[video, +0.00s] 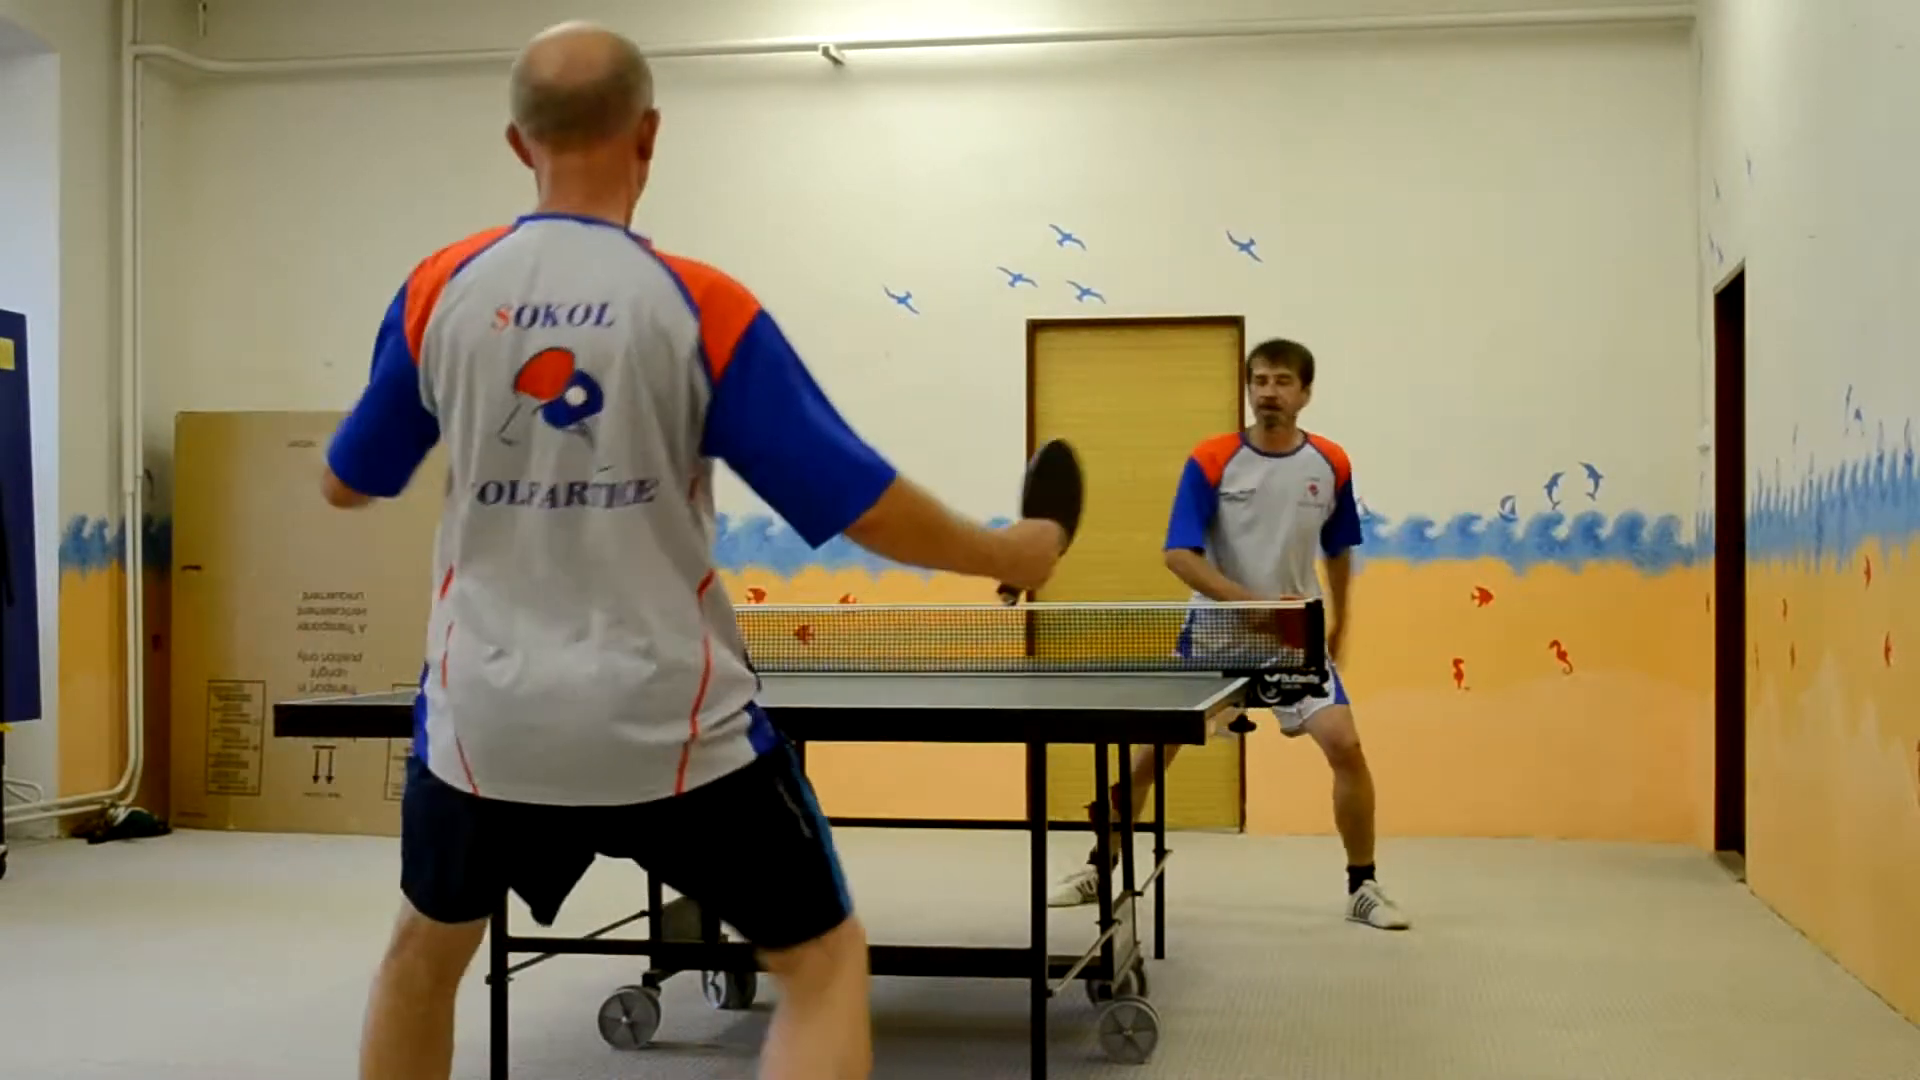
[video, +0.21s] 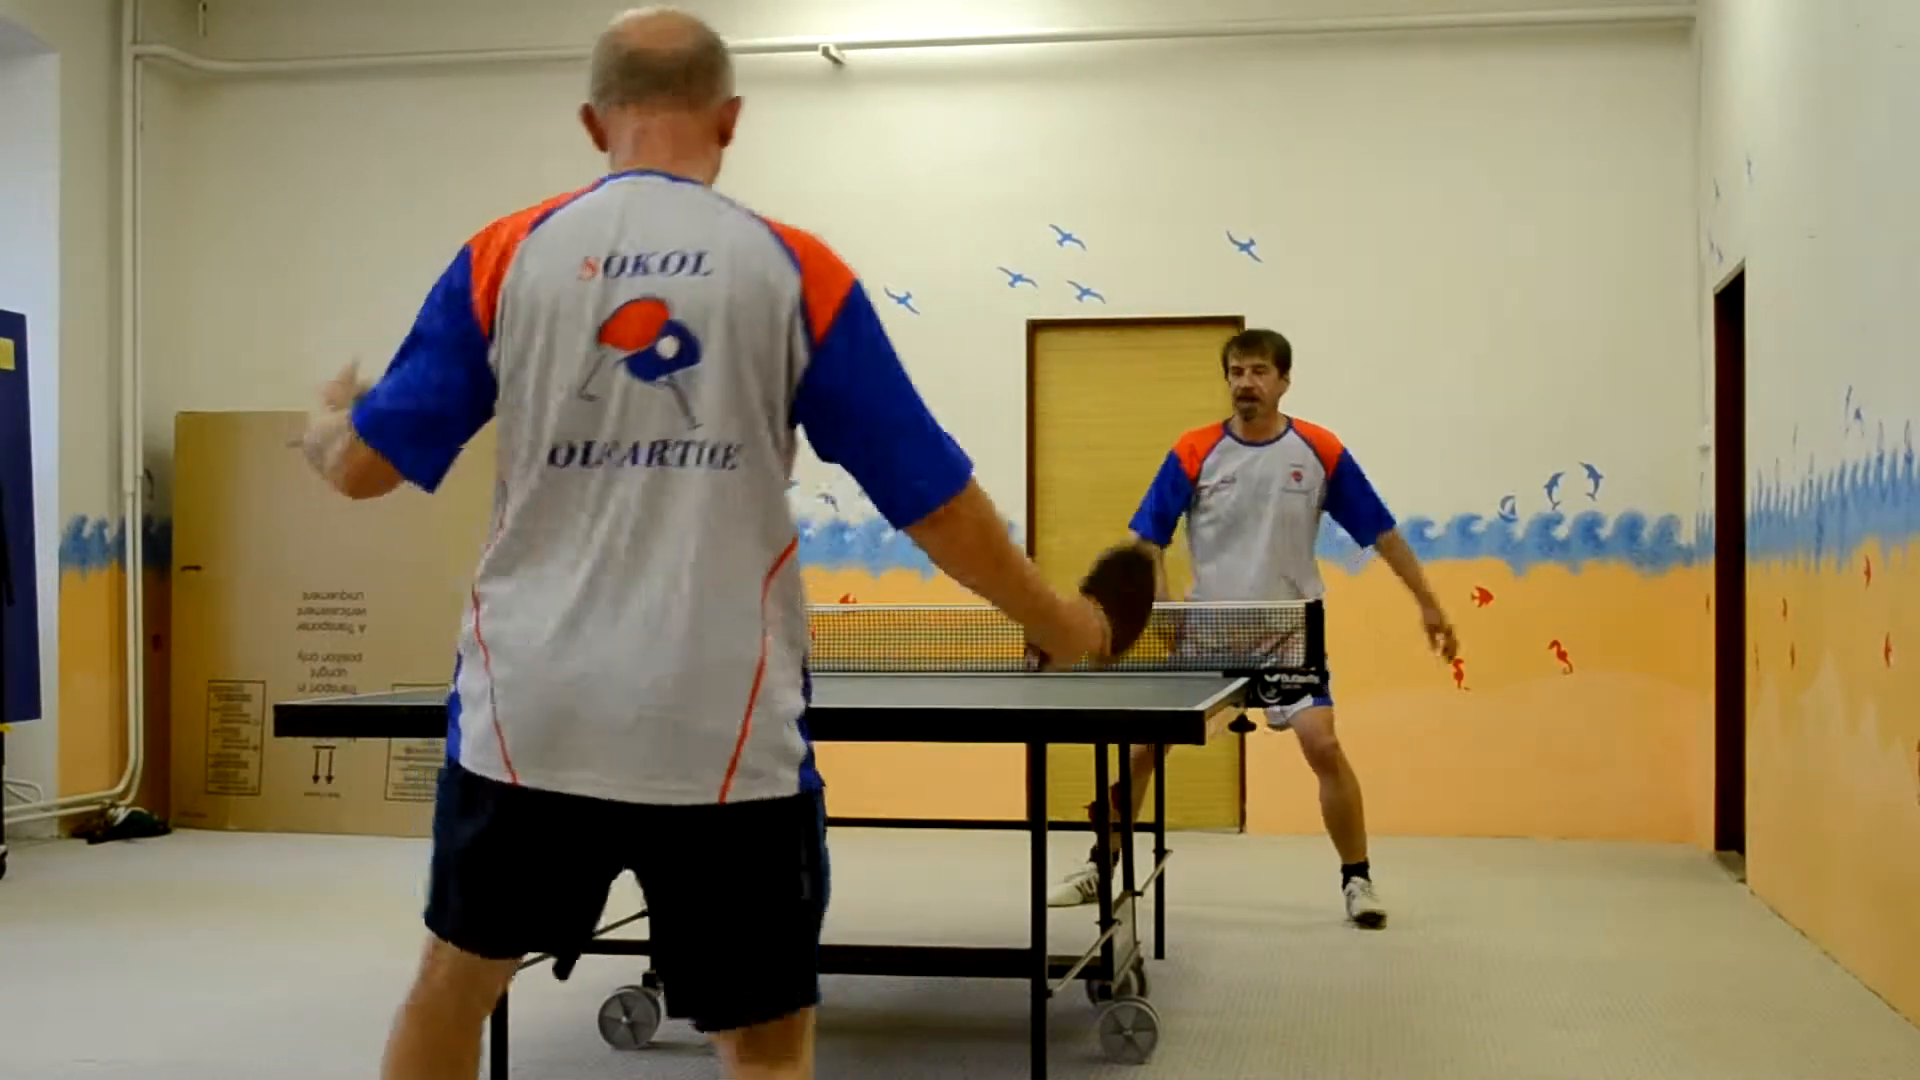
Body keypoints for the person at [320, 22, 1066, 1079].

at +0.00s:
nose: (649, 145)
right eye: (652, 128)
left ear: (519, 143)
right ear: (647, 138)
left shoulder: (439, 291)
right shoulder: (704, 309)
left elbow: (348, 483)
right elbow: (856, 498)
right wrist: (1007, 552)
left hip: (483, 728)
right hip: (674, 726)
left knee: (423, 956)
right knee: (820, 965)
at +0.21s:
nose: (710, 130)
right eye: (724, 116)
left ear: (593, 125)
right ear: (729, 122)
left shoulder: (503, 257)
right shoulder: (795, 271)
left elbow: (360, 468)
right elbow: (929, 493)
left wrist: (328, 416)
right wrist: (1052, 615)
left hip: (524, 719)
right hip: (727, 726)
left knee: (452, 981)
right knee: (768, 1039)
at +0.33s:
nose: (739, 121)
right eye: (752, 107)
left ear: (611, 102)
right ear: (750, 105)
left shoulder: (520, 215)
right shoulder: (822, 231)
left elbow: (409, 444)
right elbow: (915, 483)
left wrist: (376, 547)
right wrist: (996, 664)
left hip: (531, 696)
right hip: (739, 713)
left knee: (496, 971)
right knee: (760, 1027)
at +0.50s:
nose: (741, 123)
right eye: (752, 110)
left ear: (610, 101)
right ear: (751, 100)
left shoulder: (508, 201)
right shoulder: (808, 201)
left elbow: (427, 473)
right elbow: (859, 473)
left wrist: (435, 680)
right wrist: (912, 698)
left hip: (509, 688)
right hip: (722, 696)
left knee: (538, 1030)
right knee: (750, 1030)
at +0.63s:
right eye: (748, 198)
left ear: (607, 184)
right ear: (741, 180)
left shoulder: (505, 275)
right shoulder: (781, 238)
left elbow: (434, 534)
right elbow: (826, 485)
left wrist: (454, 718)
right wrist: (874, 740)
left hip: (480, 685)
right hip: (694, 674)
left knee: (537, 1032)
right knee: (766, 1007)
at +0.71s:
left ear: (615, 269)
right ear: (732, 259)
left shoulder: (519, 343)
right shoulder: (777, 302)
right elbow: (829, 510)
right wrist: (868, 758)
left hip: (450, 689)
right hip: (668, 675)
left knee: (522, 1028)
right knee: (768, 996)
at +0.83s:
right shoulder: (777, 422)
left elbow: (571, 910)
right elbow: (837, 551)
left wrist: (601, 1078)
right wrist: (882, 820)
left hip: (417, 721)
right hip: (646, 702)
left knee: (490, 1042)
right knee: (748, 1042)